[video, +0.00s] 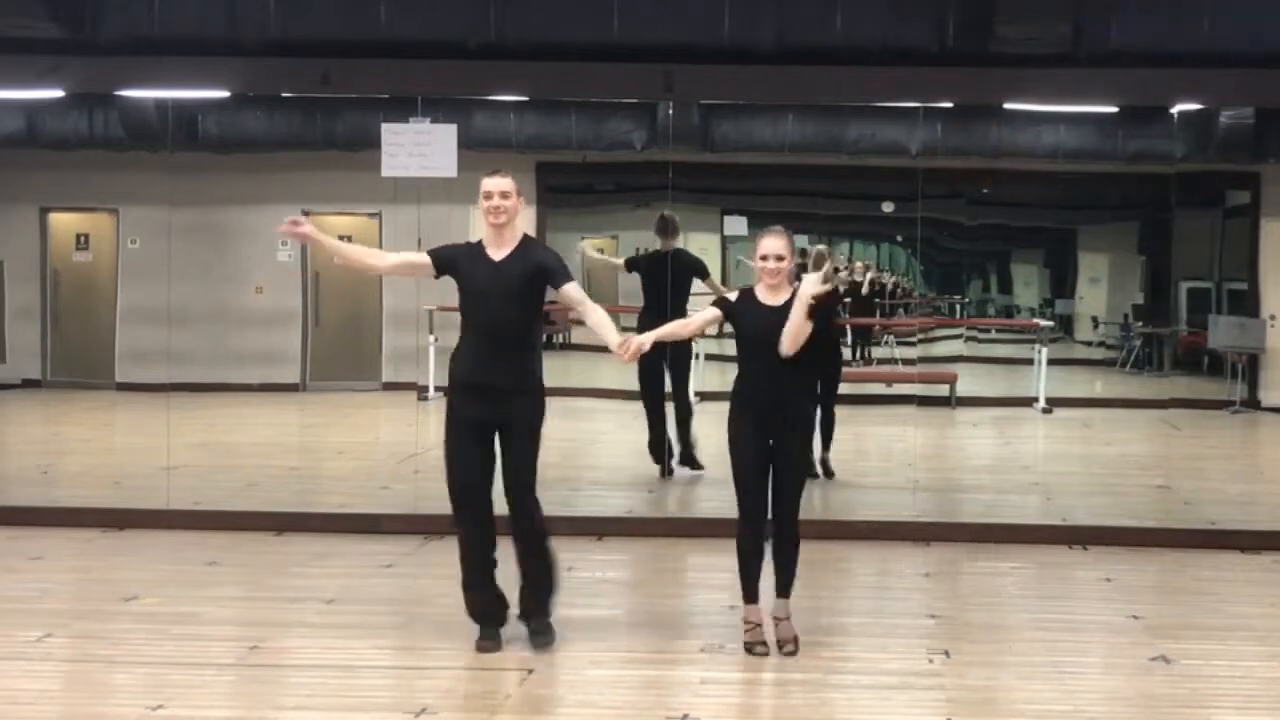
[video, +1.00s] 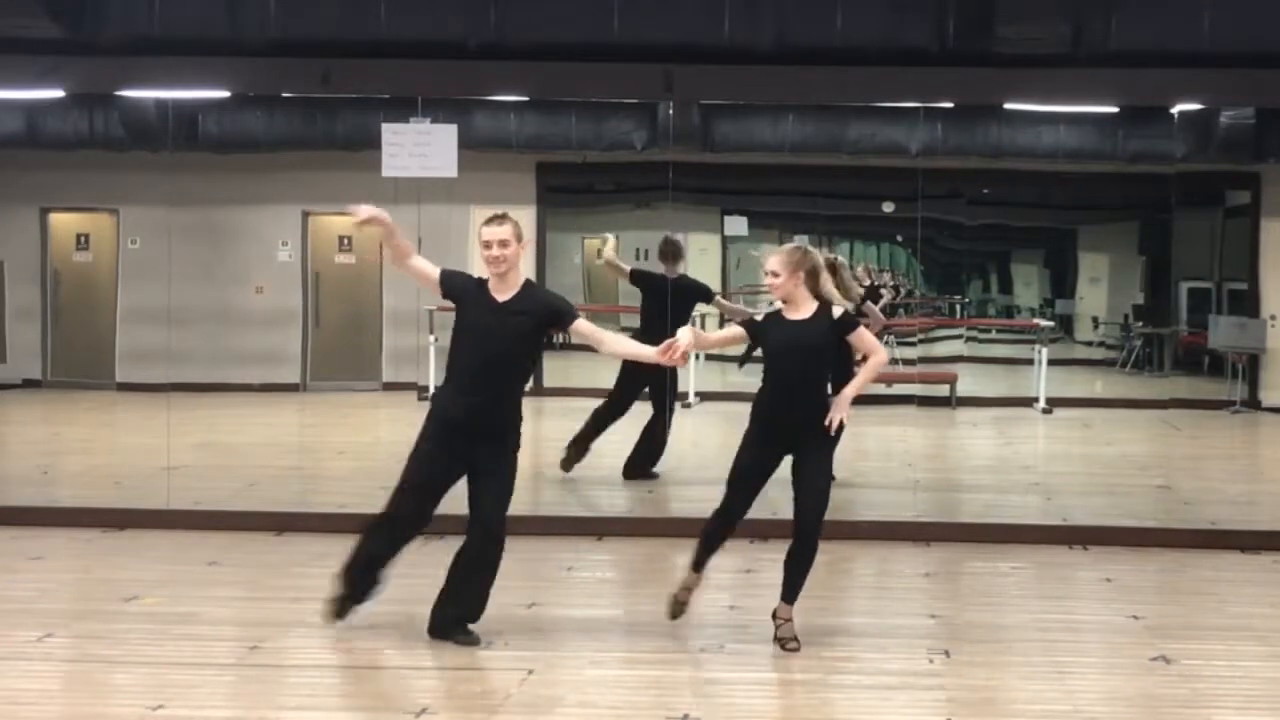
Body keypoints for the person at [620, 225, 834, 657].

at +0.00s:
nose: (771, 265)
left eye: (778, 258)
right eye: (764, 258)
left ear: (792, 262)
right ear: (754, 261)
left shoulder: (811, 305)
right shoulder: (739, 301)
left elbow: (788, 347)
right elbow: (693, 324)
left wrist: (803, 293)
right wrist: (649, 336)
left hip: (795, 423)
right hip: (749, 422)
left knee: (786, 518)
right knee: (752, 517)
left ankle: (783, 610)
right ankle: (753, 613)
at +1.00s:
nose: (767, 281)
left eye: (774, 275)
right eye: (767, 275)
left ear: (800, 277)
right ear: (777, 280)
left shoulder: (836, 317)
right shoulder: (766, 322)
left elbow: (878, 355)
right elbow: (712, 340)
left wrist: (845, 396)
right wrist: (689, 333)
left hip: (816, 433)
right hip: (768, 429)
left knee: (809, 529)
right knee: (731, 509)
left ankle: (785, 612)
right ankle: (692, 577)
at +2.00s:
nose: (761, 260)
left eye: (770, 254)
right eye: (755, 253)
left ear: (785, 263)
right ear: (744, 261)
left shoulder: (799, 311)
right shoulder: (731, 314)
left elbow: (849, 355)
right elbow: (679, 338)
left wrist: (815, 400)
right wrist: (630, 347)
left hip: (782, 435)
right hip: (735, 434)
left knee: (769, 529)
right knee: (744, 532)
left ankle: (761, 613)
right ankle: (748, 640)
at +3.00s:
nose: (759, 269)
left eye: (768, 261)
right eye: (751, 261)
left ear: (783, 266)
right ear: (742, 266)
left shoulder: (799, 313)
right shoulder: (733, 313)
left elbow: (821, 356)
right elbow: (686, 333)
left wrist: (822, 386)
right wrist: (639, 341)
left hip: (785, 435)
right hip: (737, 432)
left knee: (768, 525)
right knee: (745, 534)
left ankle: (698, 545)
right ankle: (752, 644)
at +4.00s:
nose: (771, 275)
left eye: (779, 268)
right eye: (763, 268)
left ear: (793, 272)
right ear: (752, 272)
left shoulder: (816, 318)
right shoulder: (741, 323)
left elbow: (860, 367)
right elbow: (688, 351)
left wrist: (828, 416)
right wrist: (660, 360)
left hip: (788, 441)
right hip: (740, 439)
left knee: (780, 543)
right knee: (748, 543)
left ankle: (774, 612)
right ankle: (760, 643)